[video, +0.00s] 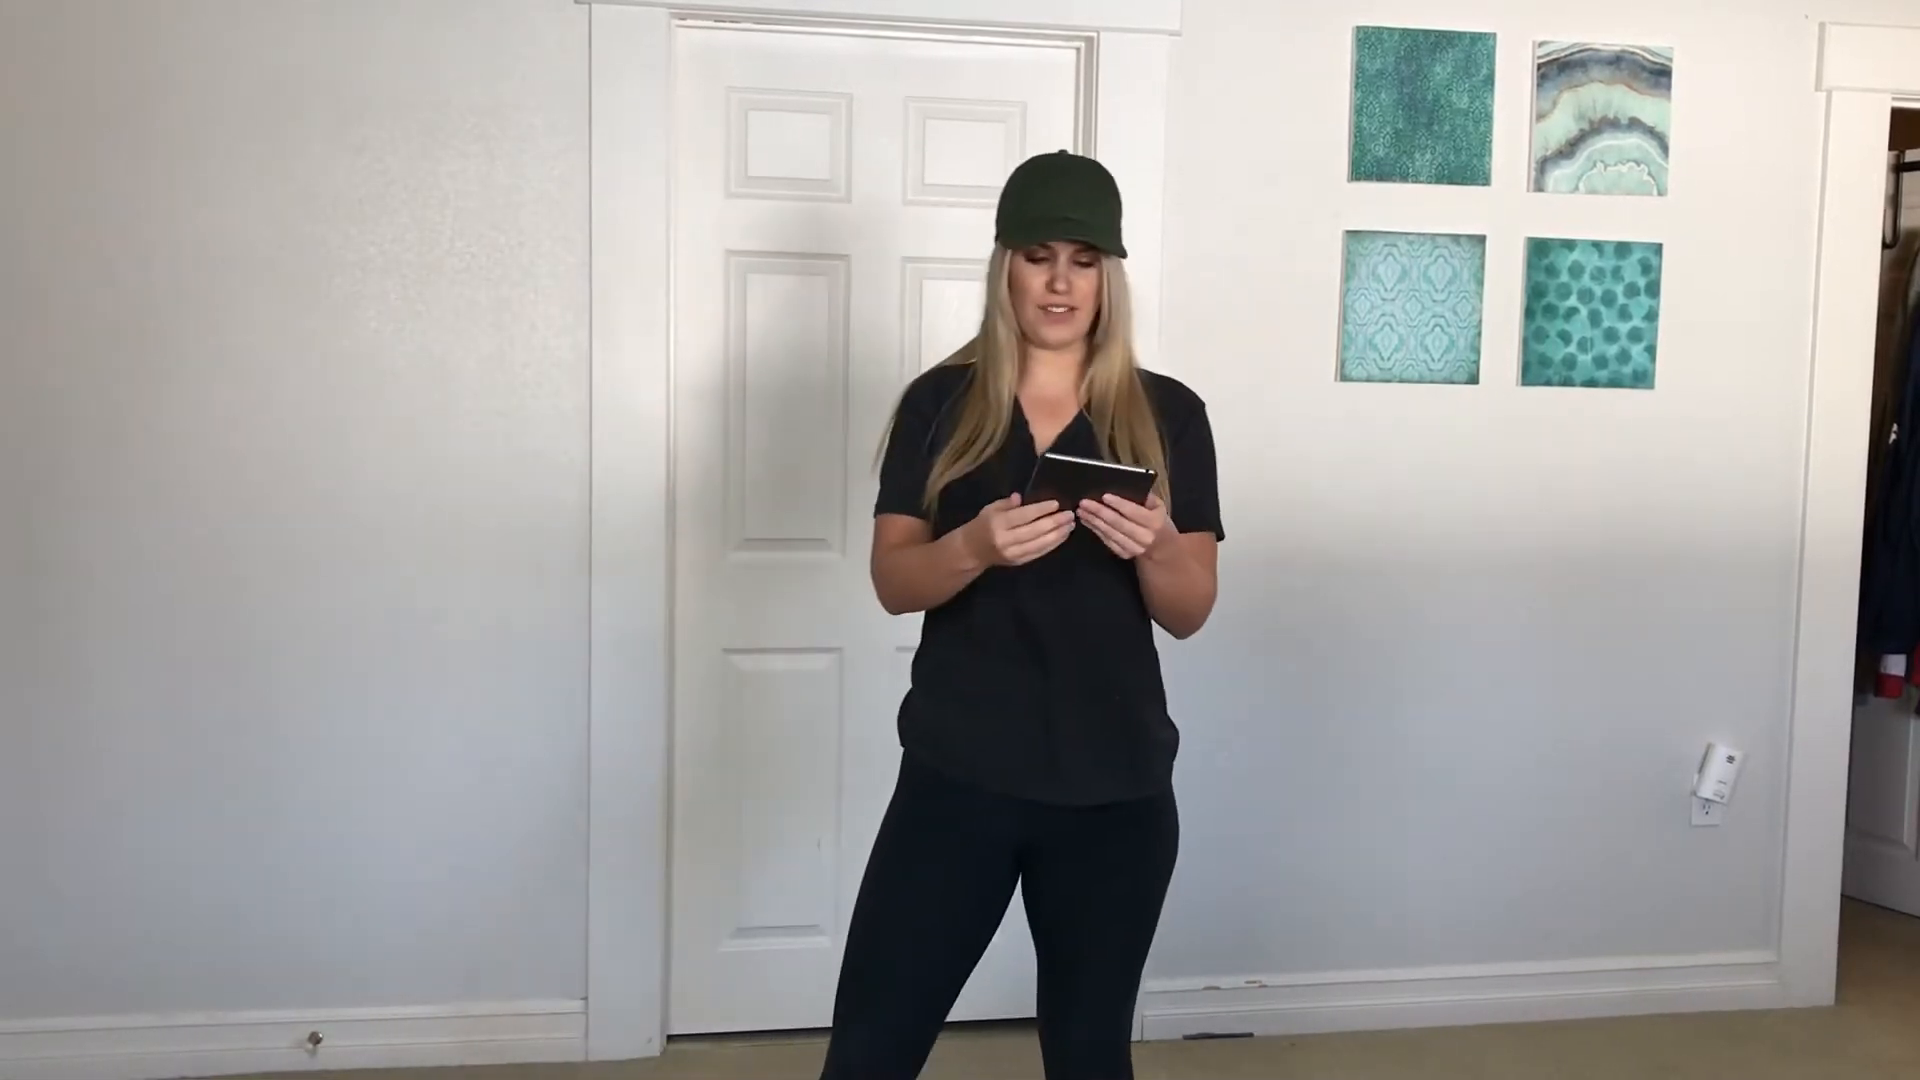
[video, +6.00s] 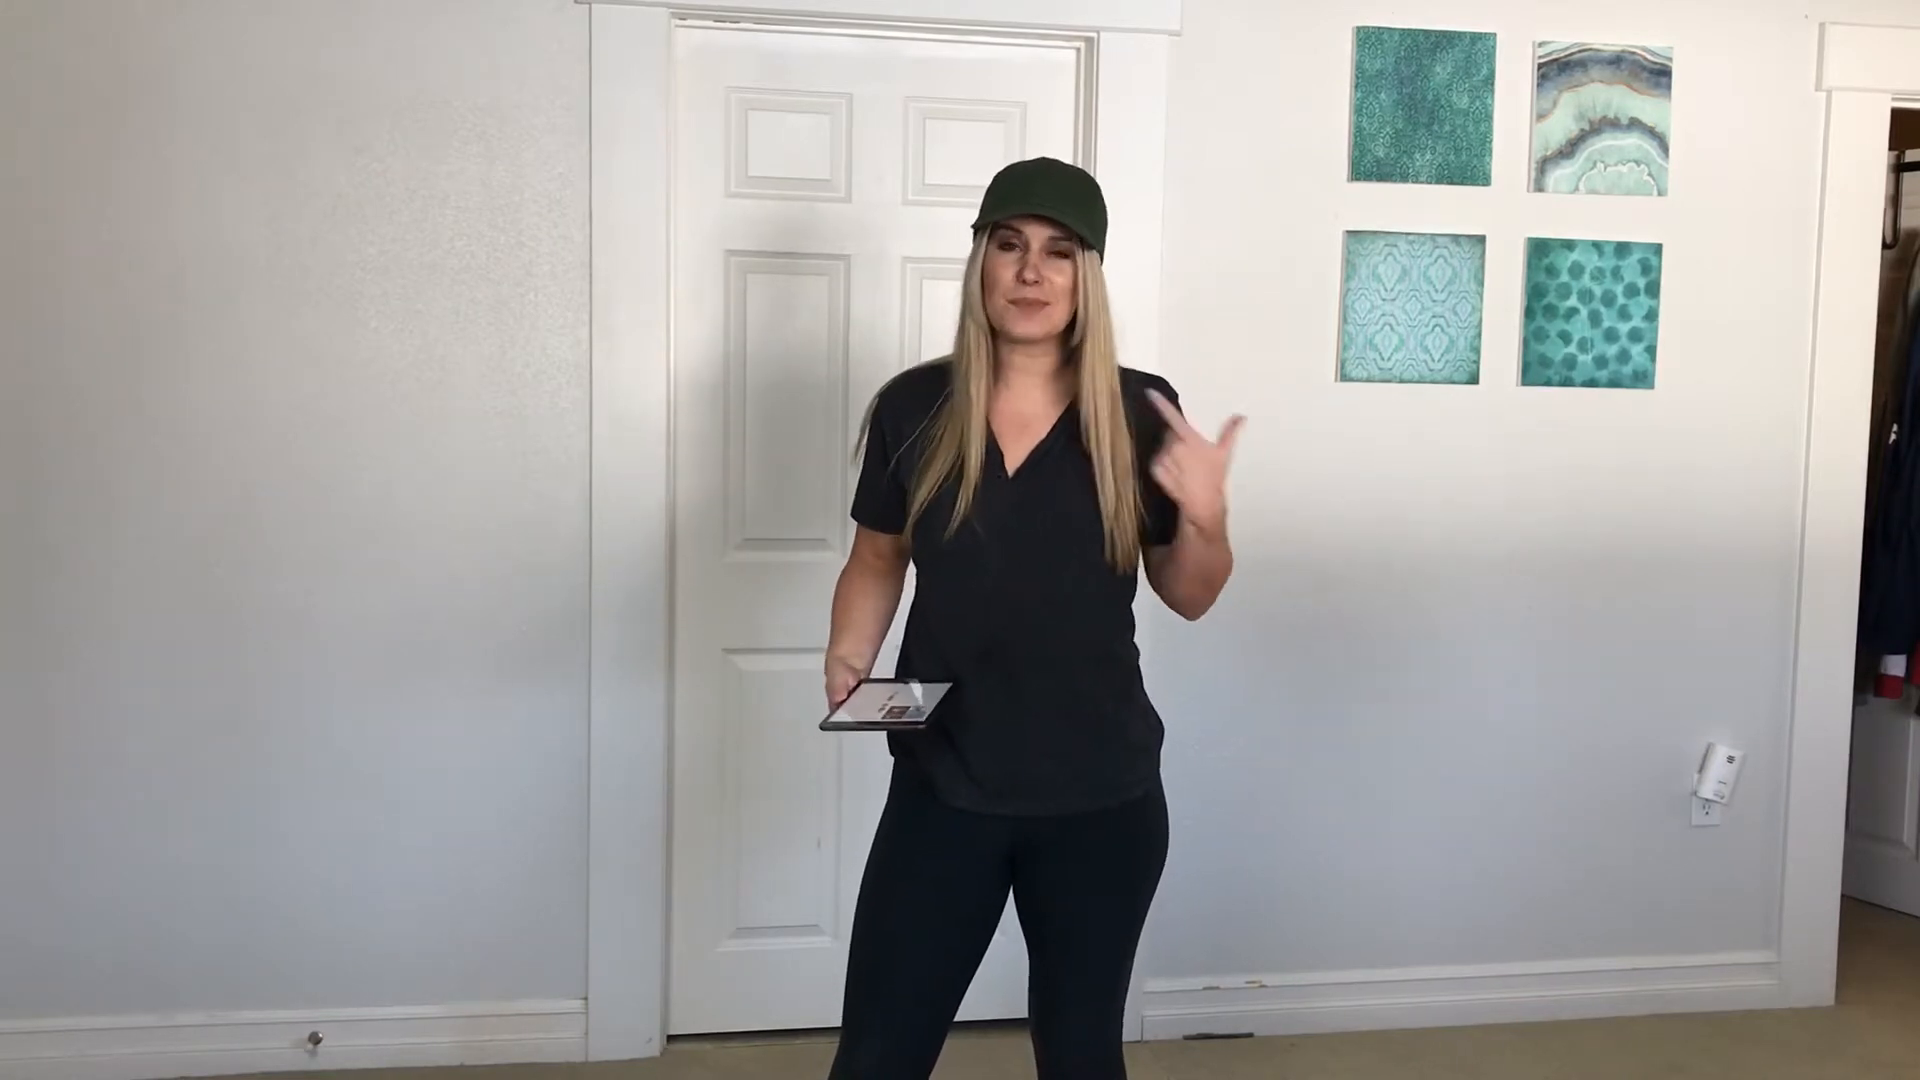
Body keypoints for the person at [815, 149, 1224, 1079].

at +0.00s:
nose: (1059, 283)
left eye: (1082, 262)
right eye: (1038, 259)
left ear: (1109, 275)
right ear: (1003, 268)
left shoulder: (1166, 415)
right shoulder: (938, 404)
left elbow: (1189, 610)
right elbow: (893, 581)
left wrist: (1156, 548)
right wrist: (974, 546)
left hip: (1112, 789)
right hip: (955, 781)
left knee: (1090, 1056)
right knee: (868, 1056)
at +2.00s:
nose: (1029, 257)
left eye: (1057, 239)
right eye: (1008, 232)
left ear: (1087, 269)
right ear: (977, 254)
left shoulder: (1136, 410)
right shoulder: (908, 410)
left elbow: (1174, 584)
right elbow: (869, 569)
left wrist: (1239, 614)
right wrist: (838, 664)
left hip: (1105, 789)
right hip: (951, 787)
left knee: (1085, 1057)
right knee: (882, 1058)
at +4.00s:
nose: (1016, 268)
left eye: (1047, 253)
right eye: (1001, 240)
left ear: (1082, 283)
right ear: (973, 255)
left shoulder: (1136, 410)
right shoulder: (909, 408)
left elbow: (1176, 578)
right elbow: (878, 562)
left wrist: (1216, 576)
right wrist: (841, 659)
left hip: (1097, 793)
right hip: (944, 787)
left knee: (1079, 1057)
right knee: (875, 1058)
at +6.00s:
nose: (1030, 270)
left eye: (1057, 252)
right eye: (1009, 246)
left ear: (1088, 275)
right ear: (978, 264)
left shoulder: (1138, 411)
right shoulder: (914, 407)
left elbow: (1188, 595)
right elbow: (875, 561)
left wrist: (1205, 522)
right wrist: (850, 658)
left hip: (1097, 790)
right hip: (944, 786)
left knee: (1080, 1055)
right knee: (877, 1057)